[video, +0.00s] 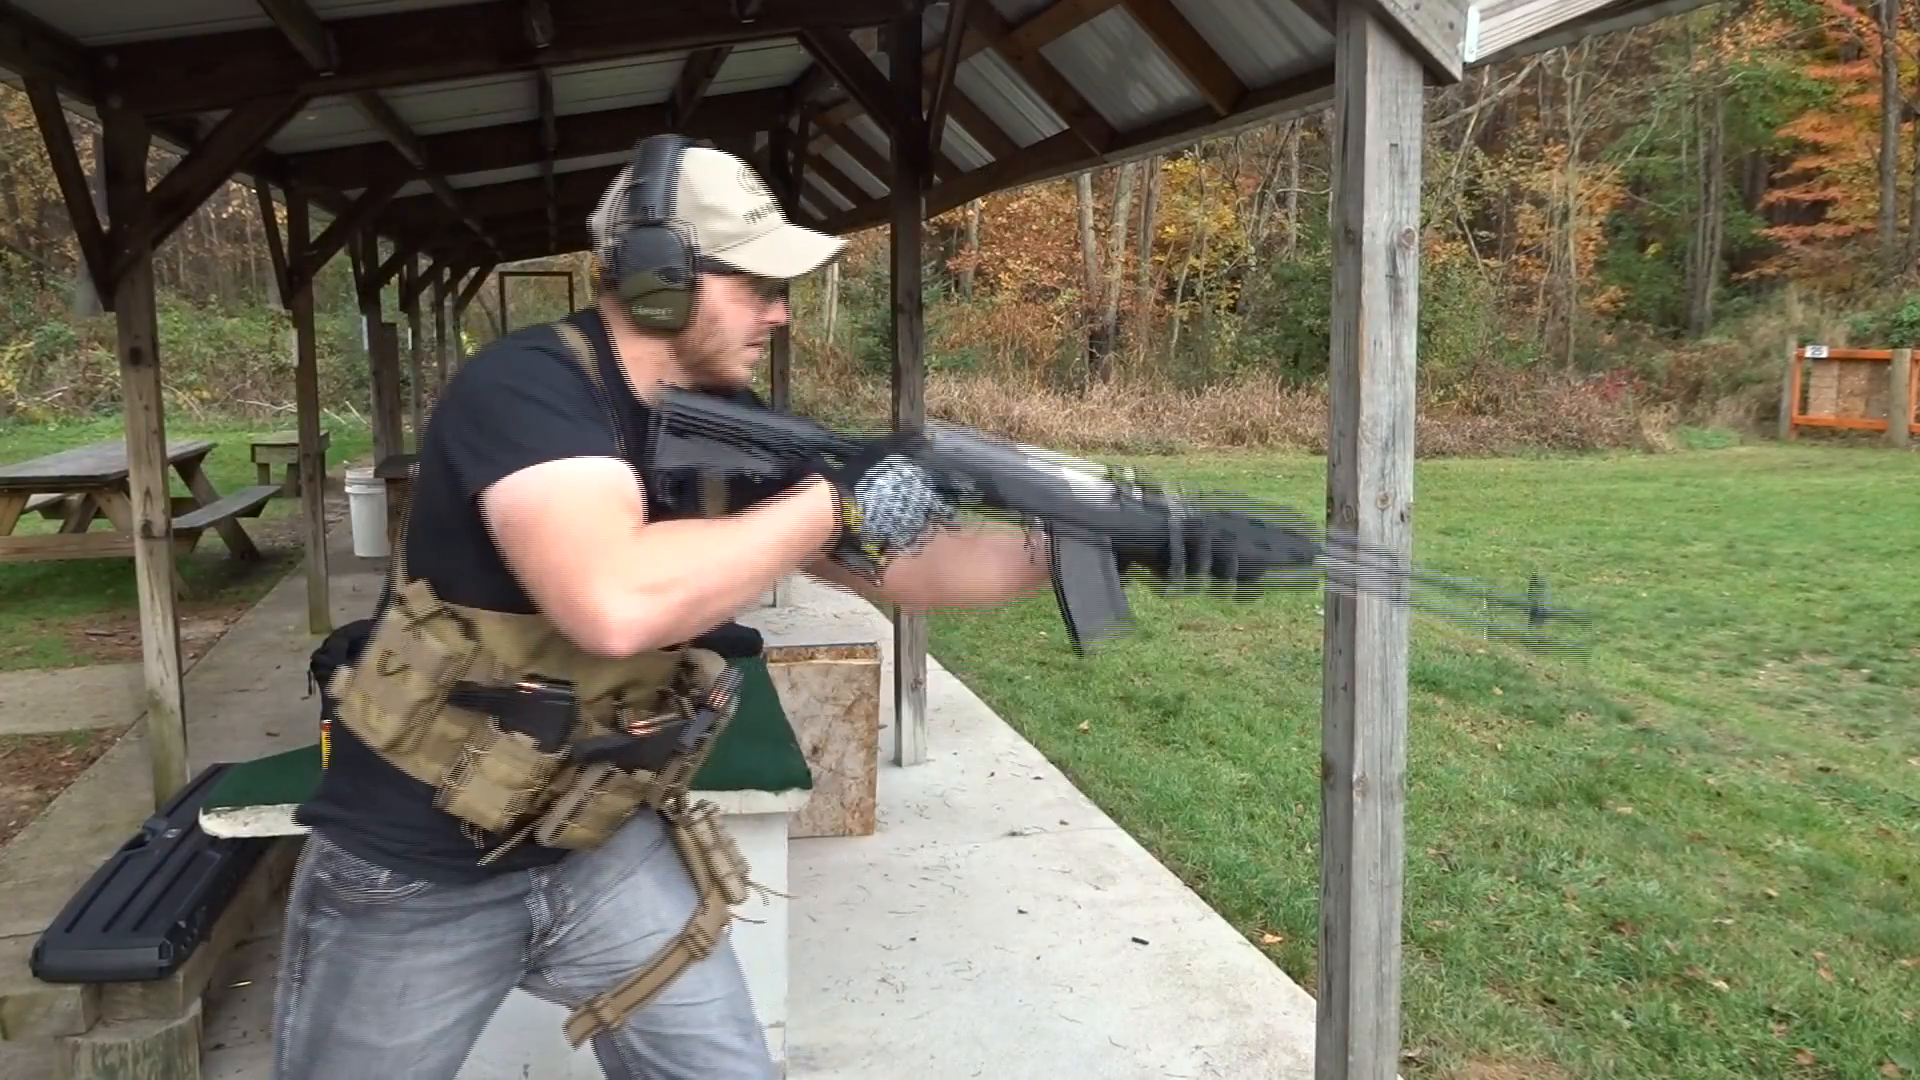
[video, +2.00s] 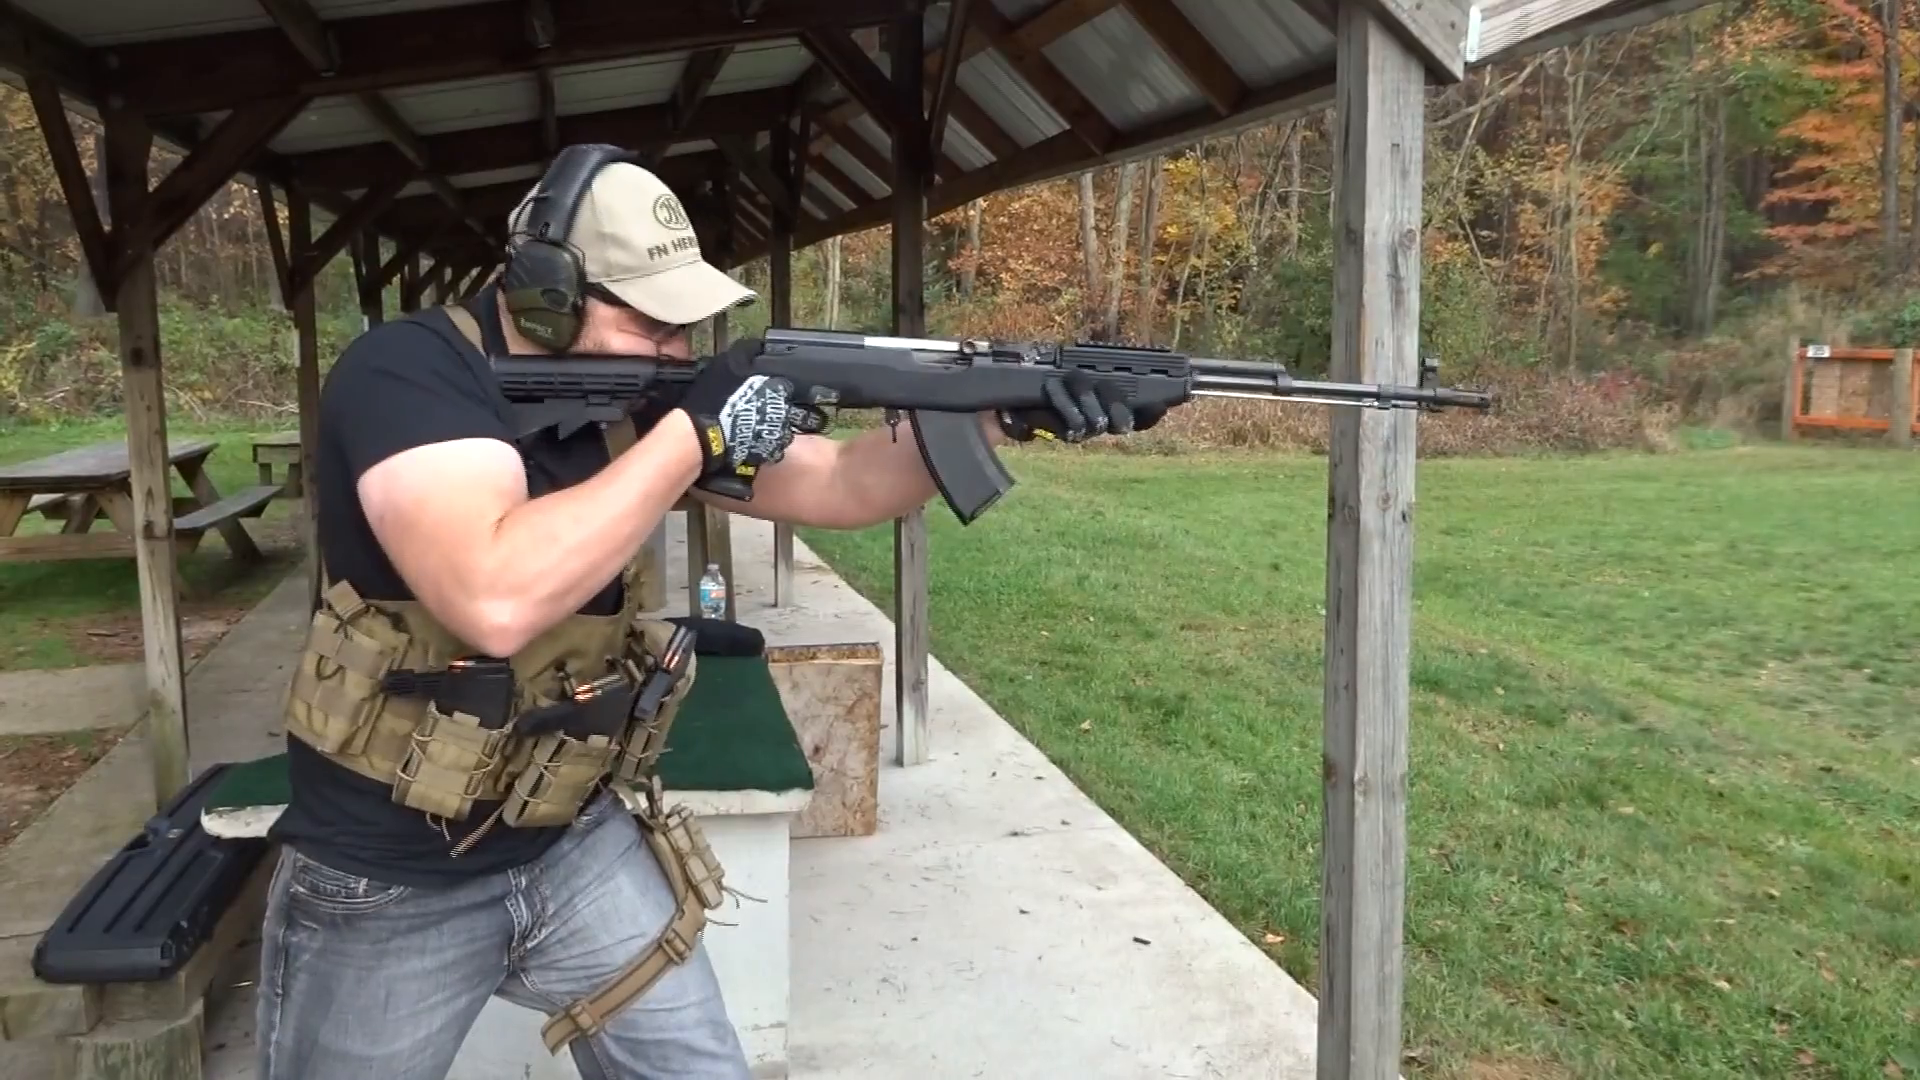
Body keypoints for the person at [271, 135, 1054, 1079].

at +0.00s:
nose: (781, 318)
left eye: (782, 293)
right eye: (759, 291)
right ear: (669, 279)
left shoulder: (714, 427)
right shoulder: (517, 388)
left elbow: (891, 564)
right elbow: (617, 602)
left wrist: (1077, 543)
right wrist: (833, 505)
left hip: (608, 845)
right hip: (415, 874)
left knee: (730, 1063)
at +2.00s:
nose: (671, 349)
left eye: (677, 327)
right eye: (644, 324)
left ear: (670, 306)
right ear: (547, 300)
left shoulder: (632, 394)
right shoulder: (399, 378)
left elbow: (839, 480)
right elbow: (494, 597)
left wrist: (1021, 405)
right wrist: (692, 427)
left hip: (580, 843)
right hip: (387, 885)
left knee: (702, 1064)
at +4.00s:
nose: (633, 351)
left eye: (642, 326)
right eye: (605, 325)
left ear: (649, 298)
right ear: (504, 296)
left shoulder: (613, 399)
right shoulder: (363, 380)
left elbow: (815, 480)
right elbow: (452, 601)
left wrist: (991, 396)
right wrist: (662, 430)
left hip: (573, 849)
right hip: (378, 895)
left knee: (699, 1065)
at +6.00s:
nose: (456, 329)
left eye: (473, 278)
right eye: (404, 301)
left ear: (510, 227)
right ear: (311, 286)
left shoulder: (601, 348)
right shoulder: (240, 472)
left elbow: (818, 456)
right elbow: (270, 826)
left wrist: (939, 478)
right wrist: (519, 639)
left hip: (619, 883)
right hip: (395, 950)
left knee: (691, 1067)